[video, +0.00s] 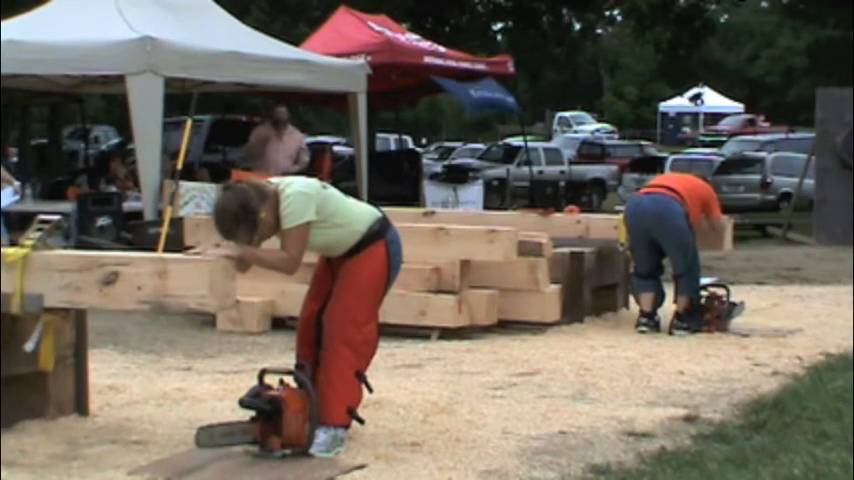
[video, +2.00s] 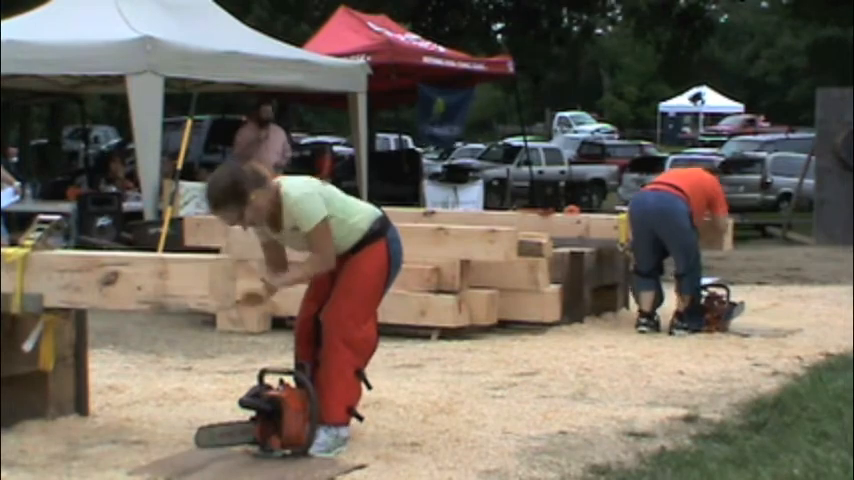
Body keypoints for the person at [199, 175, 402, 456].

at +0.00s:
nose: (259, 240)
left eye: (258, 235)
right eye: (253, 238)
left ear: (264, 213)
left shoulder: (297, 198)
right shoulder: (264, 198)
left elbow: (290, 263)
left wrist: (240, 252)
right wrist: (239, 252)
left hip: (373, 246)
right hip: (337, 251)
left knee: (340, 325)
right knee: (311, 321)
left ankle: (335, 425)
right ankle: (309, 412)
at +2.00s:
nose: (244, 227)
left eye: (242, 219)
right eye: (238, 224)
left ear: (256, 198)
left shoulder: (302, 198)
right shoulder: (263, 214)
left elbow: (325, 262)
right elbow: (277, 267)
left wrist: (281, 281)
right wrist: (264, 293)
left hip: (374, 245)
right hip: (337, 254)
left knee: (338, 322)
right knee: (309, 322)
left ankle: (336, 426)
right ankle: (310, 414)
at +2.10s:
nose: (241, 232)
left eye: (239, 222)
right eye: (234, 227)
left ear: (254, 199)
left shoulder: (300, 211)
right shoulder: (262, 226)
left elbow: (316, 277)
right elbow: (283, 284)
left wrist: (285, 329)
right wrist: (298, 333)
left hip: (377, 246)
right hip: (338, 257)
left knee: (339, 321)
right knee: (307, 319)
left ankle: (340, 424)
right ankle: (313, 414)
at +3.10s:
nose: (237, 253)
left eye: (234, 244)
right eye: (230, 248)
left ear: (251, 224)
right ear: (253, 221)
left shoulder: (287, 226)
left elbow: (305, 299)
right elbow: (307, 293)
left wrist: (301, 361)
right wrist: (302, 356)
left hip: (382, 255)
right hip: (364, 257)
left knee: (334, 335)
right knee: (329, 331)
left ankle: (338, 429)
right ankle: (350, 412)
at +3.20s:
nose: (239, 239)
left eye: (234, 232)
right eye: (231, 236)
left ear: (248, 211)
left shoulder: (279, 228)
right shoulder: (282, 176)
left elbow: (296, 297)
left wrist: (298, 362)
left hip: (372, 245)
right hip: (387, 224)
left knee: (326, 330)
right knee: (356, 324)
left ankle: (335, 427)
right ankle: (352, 403)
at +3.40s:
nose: (228, 236)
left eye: (225, 227)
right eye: (223, 230)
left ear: (241, 210)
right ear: (244, 205)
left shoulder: (278, 217)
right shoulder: (281, 197)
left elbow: (295, 292)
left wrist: (283, 358)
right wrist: (284, 287)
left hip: (379, 242)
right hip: (386, 232)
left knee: (333, 330)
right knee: (353, 322)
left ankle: (337, 428)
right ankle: (365, 402)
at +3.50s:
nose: (234, 254)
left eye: (231, 245)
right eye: (227, 249)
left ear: (246, 226)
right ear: (246, 226)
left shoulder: (281, 232)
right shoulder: (273, 246)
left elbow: (306, 300)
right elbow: (286, 307)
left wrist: (281, 360)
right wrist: (280, 360)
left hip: (389, 251)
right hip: (379, 254)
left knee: (333, 331)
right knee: (334, 329)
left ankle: (337, 429)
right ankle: (350, 414)